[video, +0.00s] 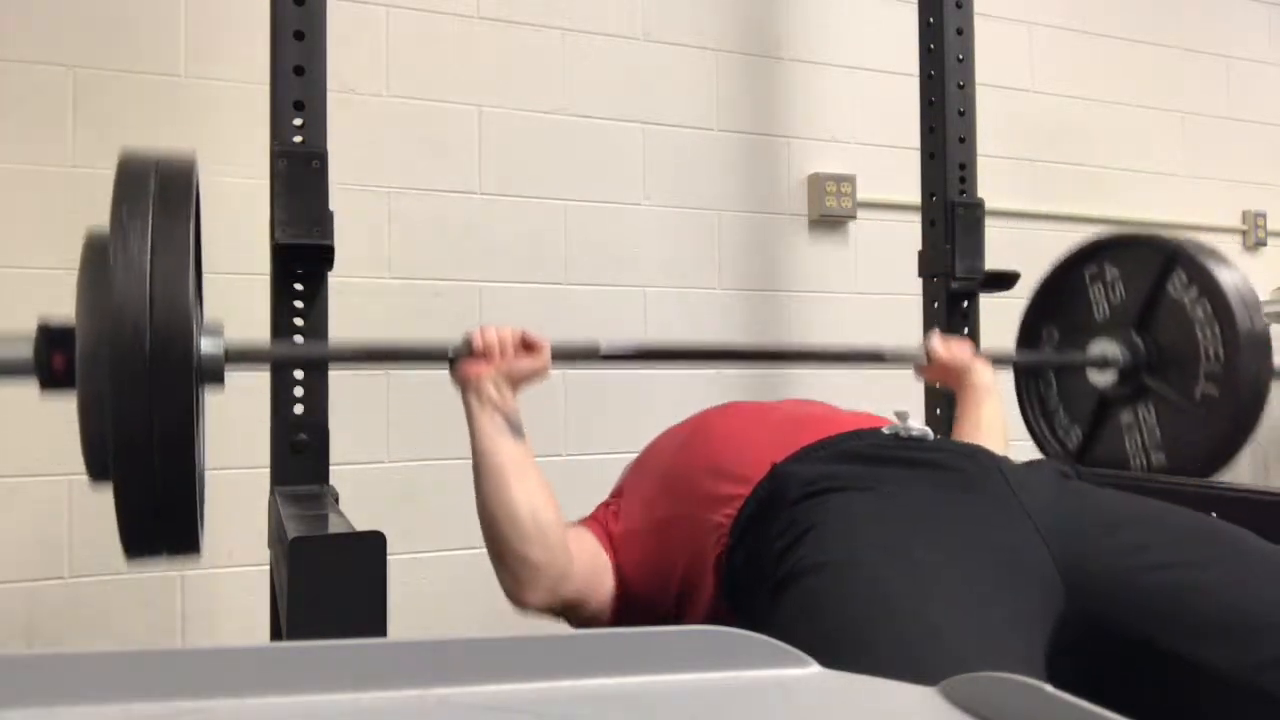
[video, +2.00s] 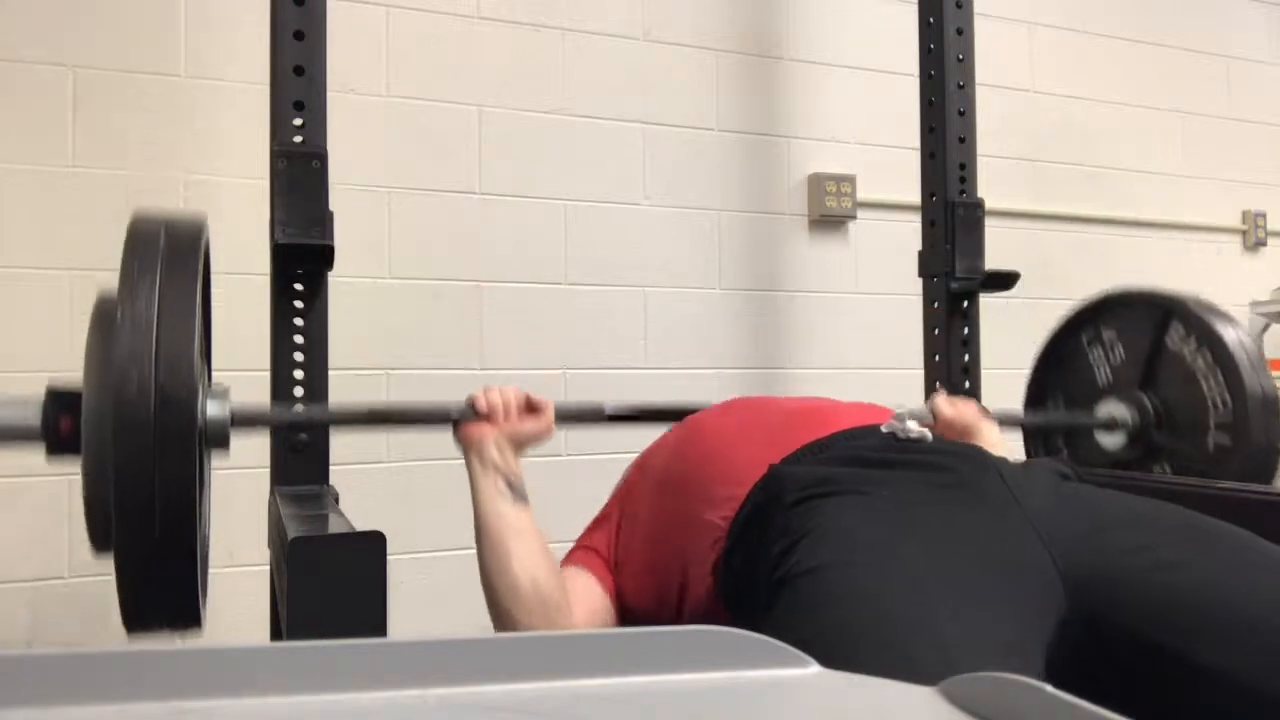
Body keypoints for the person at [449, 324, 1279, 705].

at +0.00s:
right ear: (652, 497)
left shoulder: (888, 435)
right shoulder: (630, 529)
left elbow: (991, 489)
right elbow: (541, 573)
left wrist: (981, 384)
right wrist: (490, 407)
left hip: (1033, 489)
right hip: (856, 509)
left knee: (1272, 623)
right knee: (933, 701)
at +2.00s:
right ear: (652, 476)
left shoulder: (867, 421)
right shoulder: (622, 533)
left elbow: (1026, 521)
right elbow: (546, 628)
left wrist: (984, 446)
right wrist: (493, 473)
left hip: (1028, 487)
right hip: (855, 504)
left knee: (1277, 608)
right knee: (942, 689)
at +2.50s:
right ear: (646, 485)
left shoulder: (869, 440)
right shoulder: (618, 543)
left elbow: (965, 466)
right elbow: (528, 508)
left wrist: (970, 347)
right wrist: (488, 343)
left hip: (1045, 486)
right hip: (857, 508)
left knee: (1276, 623)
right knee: (934, 697)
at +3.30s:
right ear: (647, 481)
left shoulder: (865, 422)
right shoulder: (625, 531)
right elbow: (551, 629)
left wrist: (986, 451)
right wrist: (499, 483)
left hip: (1035, 487)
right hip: (858, 504)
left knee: (1273, 608)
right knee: (932, 686)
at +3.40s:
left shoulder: (849, 425)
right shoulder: (613, 544)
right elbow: (555, 635)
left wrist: (986, 457)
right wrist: (498, 499)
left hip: (1035, 487)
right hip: (856, 506)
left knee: (1274, 607)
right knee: (929, 700)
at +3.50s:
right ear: (645, 488)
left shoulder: (870, 422)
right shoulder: (626, 529)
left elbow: (1032, 523)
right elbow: (559, 625)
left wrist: (996, 446)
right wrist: (501, 477)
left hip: (1043, 487)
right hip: (862, 499)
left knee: (1276, 610)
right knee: (939, 690)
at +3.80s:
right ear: (643, 492)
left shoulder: (863, 439)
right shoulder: (617, 544)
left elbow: (965, 464)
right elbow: (516, 505)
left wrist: (966, 339)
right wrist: (485, 342)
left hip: (1043, 482)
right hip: (857, 505)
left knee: (1273, 620)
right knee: (934, 673)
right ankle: (977, 703)